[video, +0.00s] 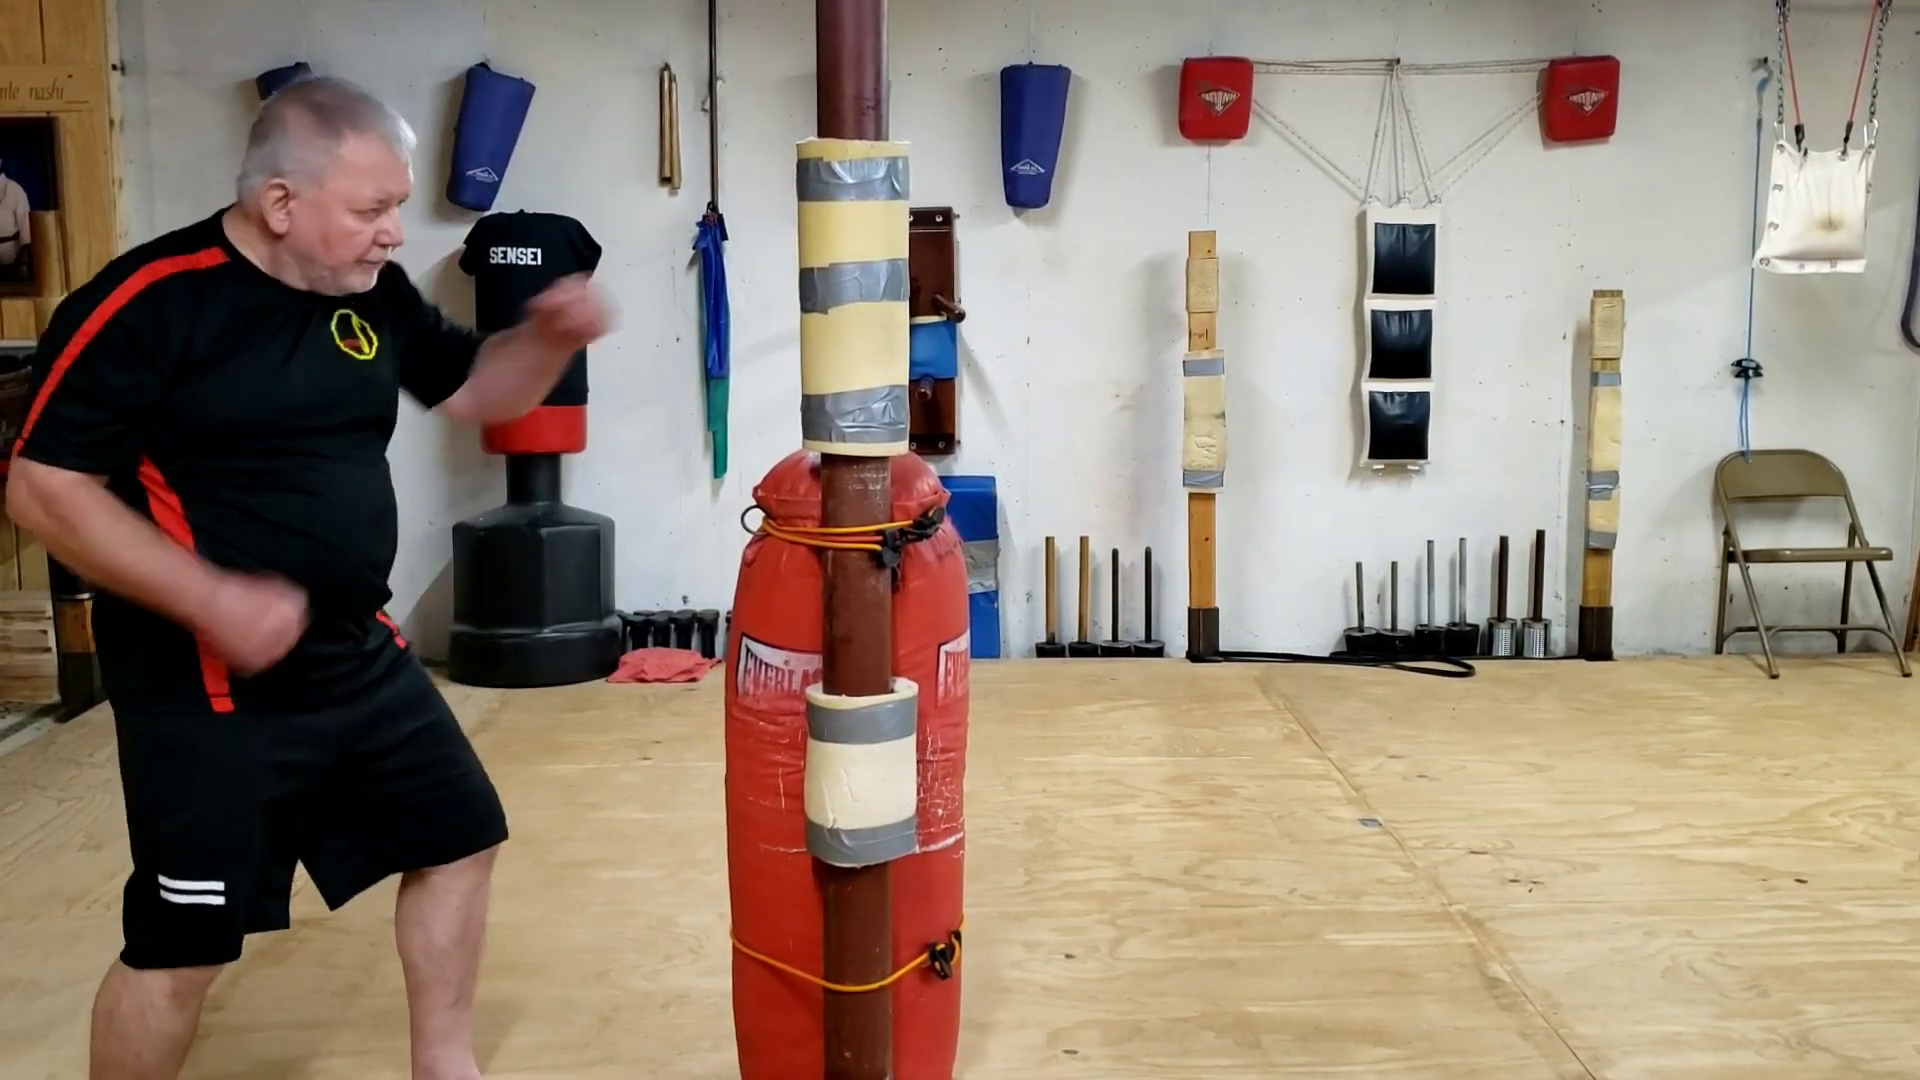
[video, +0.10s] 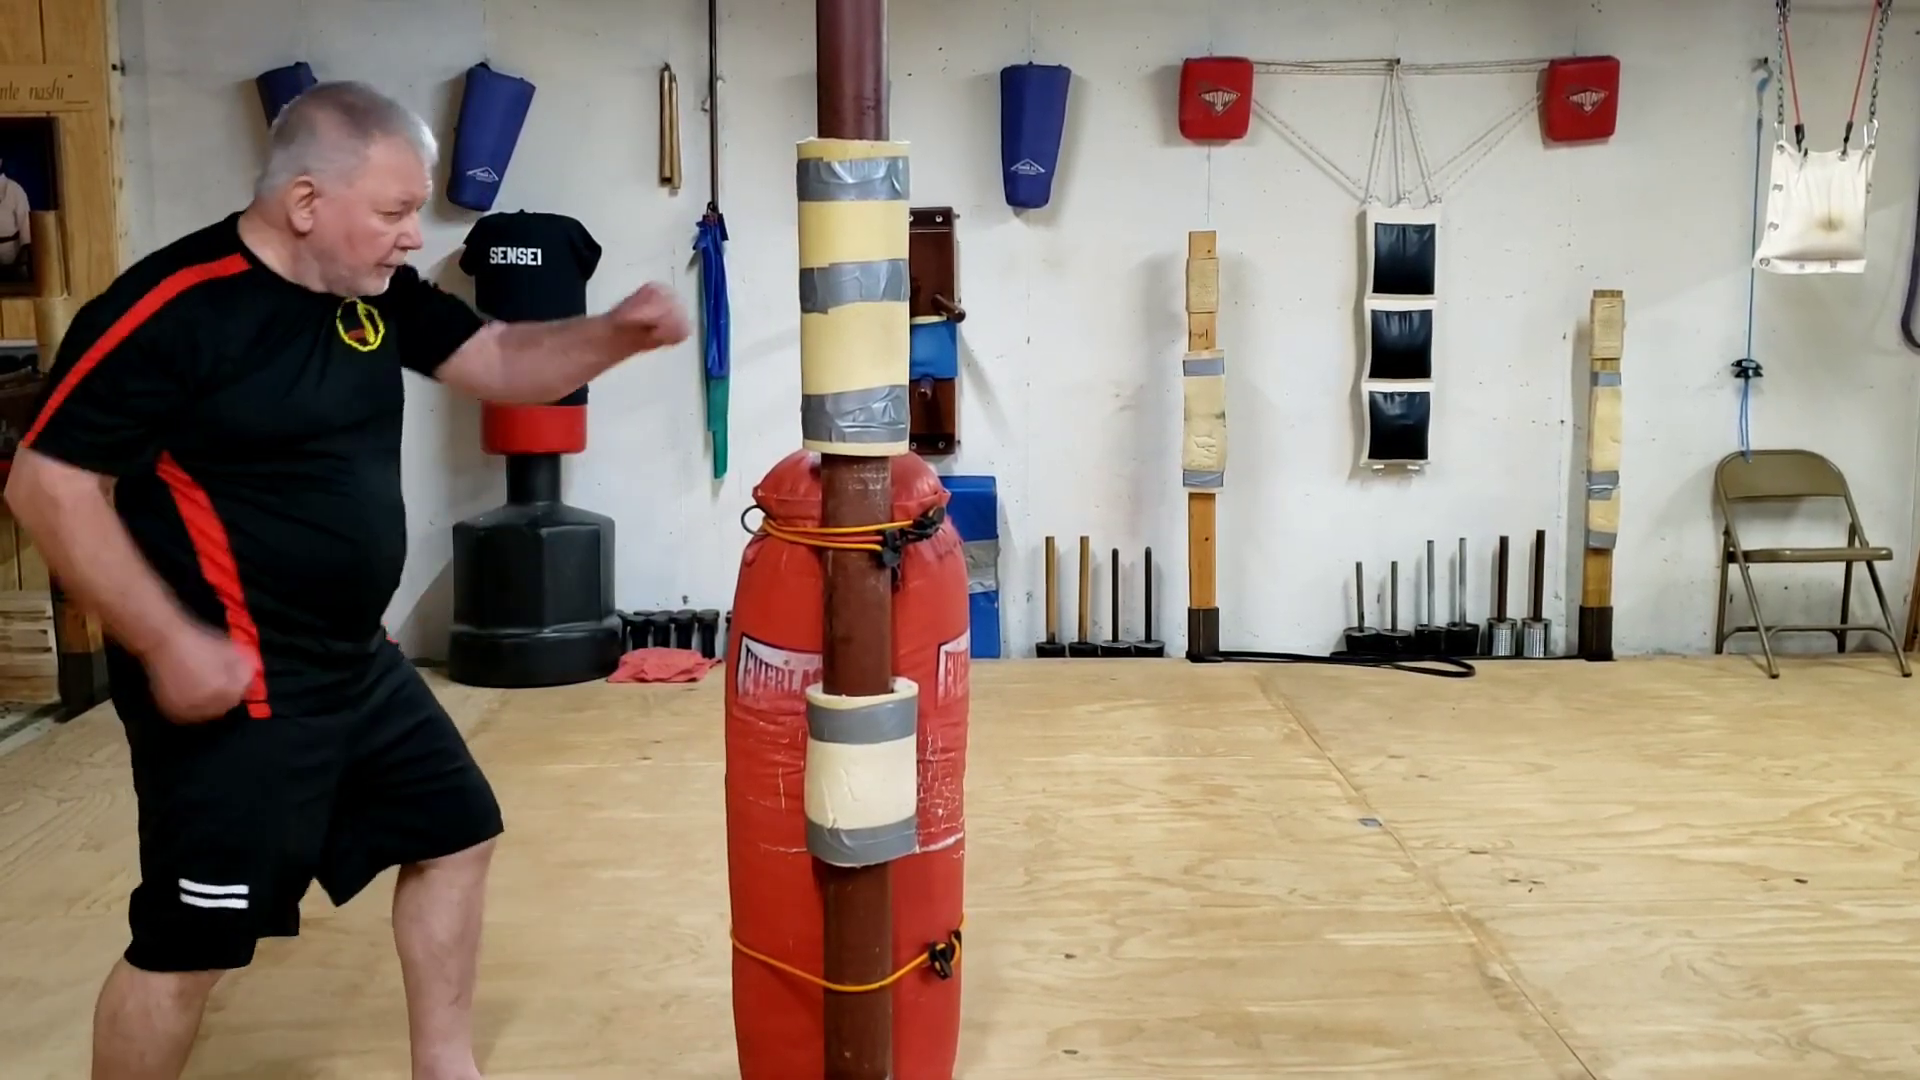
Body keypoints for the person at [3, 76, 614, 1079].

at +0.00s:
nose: (395, 235)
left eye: (398, 209)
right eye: (374, 210)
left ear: (295, 207)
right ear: (281, 206)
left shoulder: (369, 290)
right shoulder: (147, 299)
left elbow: (474, 391)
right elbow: (37, 483)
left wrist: (551, 335)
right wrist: (212, 599)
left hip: (349, 648)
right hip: (196, 677)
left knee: (459, 837)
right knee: (185, 939)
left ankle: (446, 1067)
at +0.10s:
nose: (415, 236)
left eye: (418, 213)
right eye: (395, 212)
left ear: (319, 207)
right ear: (305, 205)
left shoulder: (373, 294)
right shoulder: (166, 305)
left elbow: (499, 359)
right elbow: (45, 477)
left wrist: (614, 335)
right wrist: (168, 643)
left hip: (352, 662)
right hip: (217, 683)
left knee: (455, 833)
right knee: (188, 944)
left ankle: (445, 1069)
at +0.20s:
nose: (435, 234)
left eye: (440, 211)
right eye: (421, 208)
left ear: (345, 201)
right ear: (334, 194)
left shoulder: (367, 295)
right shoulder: (218, 276)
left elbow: (398, 446)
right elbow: (141, 469)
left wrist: (493, 447)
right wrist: (367, 478)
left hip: (361, 655)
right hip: (230, 675)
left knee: (465, 828)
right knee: (177, 928)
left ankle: (446, 1064)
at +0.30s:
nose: (451, 236)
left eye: (456, 214)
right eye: (438, 209)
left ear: (357, 203)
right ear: (354, 200)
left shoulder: (335, 287)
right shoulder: (267, 277)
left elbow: (321, 481)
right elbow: (416, 420)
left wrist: (429, 579)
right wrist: (569, 322)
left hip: (386, 646)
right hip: (262, 661)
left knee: (490, 837)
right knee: (197, 926)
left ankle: (450, 1068)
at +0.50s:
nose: (468, 211)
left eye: (473, 189)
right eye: (462, 183)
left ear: (378, 164)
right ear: (384, 160)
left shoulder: (339, 248)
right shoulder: (315, 241)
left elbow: (417, 410)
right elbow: (386, 411)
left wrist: (569, 434)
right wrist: (593, 437)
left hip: (369, 586)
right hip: (371, 585)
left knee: (469, 820)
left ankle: (449, 1066)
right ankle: (279, 971)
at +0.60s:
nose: (476, 219)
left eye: (481, 195)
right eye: (470, 188)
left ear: (387, 173)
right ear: (396, 167)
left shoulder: (295, 246)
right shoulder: (329, 240)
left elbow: (356, 432)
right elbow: (292, 427)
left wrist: (497, 461)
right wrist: (425, 578)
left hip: (338, 598)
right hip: (405, 557)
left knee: (465, 824)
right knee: (667, 630)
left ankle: (448, 1067)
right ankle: (671, 882)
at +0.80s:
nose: (481, 229)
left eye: (486, 207)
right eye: (475, 200)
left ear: (393, 181)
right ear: (400, 178)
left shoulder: (311, 255)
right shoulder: (328, 251)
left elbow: (363, 455)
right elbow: (318, 445)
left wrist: (493, 469)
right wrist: (499, 556)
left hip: (343, 598)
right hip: (363, 591)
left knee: (477, 832)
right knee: (631, 682)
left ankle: (450, 1065)